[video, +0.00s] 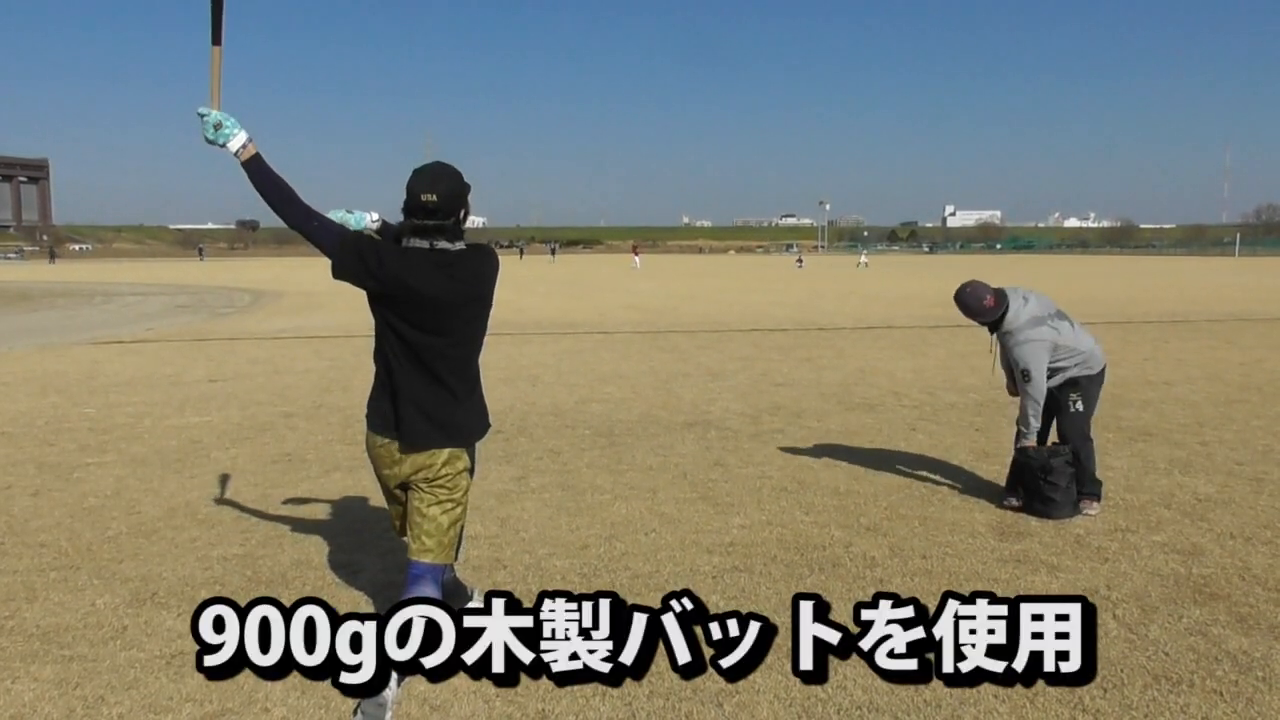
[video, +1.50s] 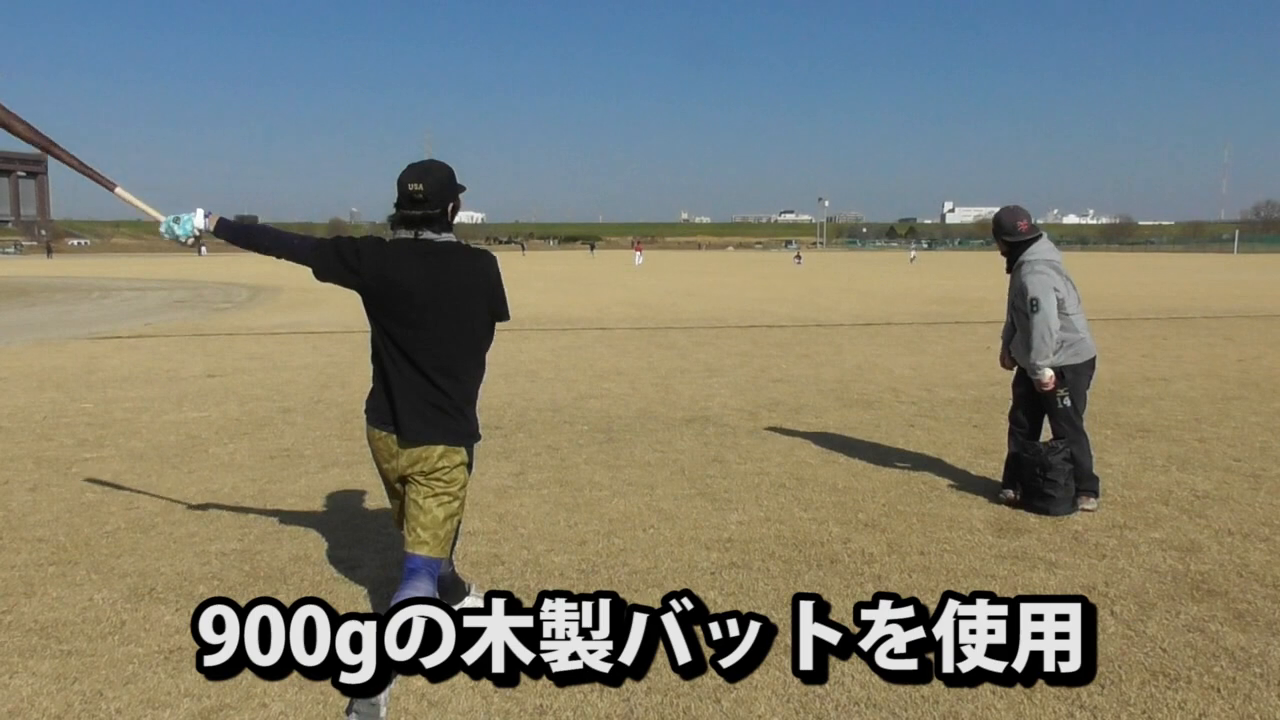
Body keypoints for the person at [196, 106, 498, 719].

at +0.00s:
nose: (460, 212)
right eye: (463, 205)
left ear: (408, 211)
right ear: (465, 216)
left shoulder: (380, 259)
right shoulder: (482, 264)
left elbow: (301, 215)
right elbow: (434, 248)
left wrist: (245, 148)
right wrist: (379, 231)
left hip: (385, 433)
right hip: (447, 438)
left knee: (420, 537)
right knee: (426, 571)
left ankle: (462, 606)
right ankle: (384, 687)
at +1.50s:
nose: (460, 207)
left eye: (453, 199)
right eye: (457, 201)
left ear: (400, 206)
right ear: (451, 209)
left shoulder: (374, 257)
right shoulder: (480, 265)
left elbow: (294, 245)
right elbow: (495, 317)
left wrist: (215, 224)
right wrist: (445, 287)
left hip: (385, 434)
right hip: (445, 438)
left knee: (422, 536)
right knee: (420, 569)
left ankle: (454, 598)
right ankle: (373, 689)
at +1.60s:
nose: (462, 209)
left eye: (456, 200)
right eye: (459, 203)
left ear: (402, 206)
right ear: (452, 209)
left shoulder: (373, 257)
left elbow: (293, 264)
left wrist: (216, 261)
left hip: (384, 431)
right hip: (446, 439)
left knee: (422, 531)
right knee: (422, 565)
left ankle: (458, 598)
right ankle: (372, 690)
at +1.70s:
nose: (461, 213)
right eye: (460, 207)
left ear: (403, 209)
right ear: (453, 212)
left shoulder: (372, 257)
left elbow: (305, 284)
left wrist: (234, 303)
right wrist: (537, 430)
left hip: (386, 432)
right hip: (446, 440)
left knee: (421, 534)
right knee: (419, 567)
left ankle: (452, 597)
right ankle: (372, 691)